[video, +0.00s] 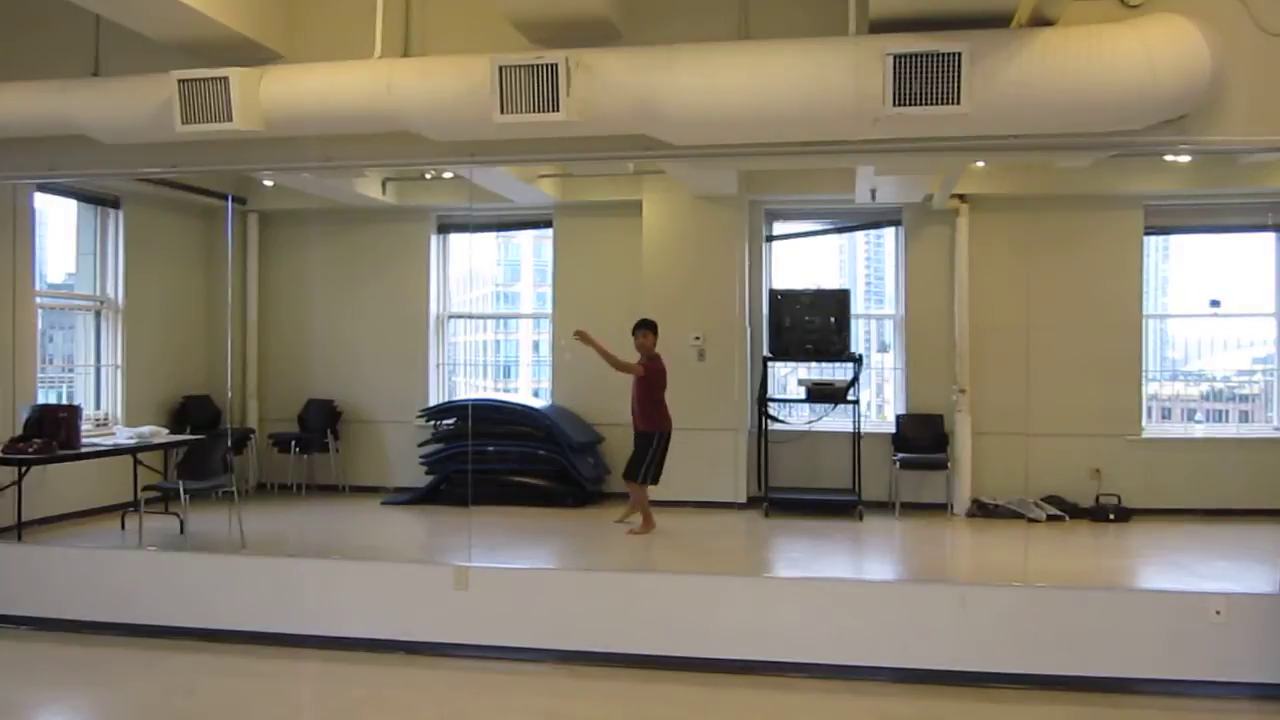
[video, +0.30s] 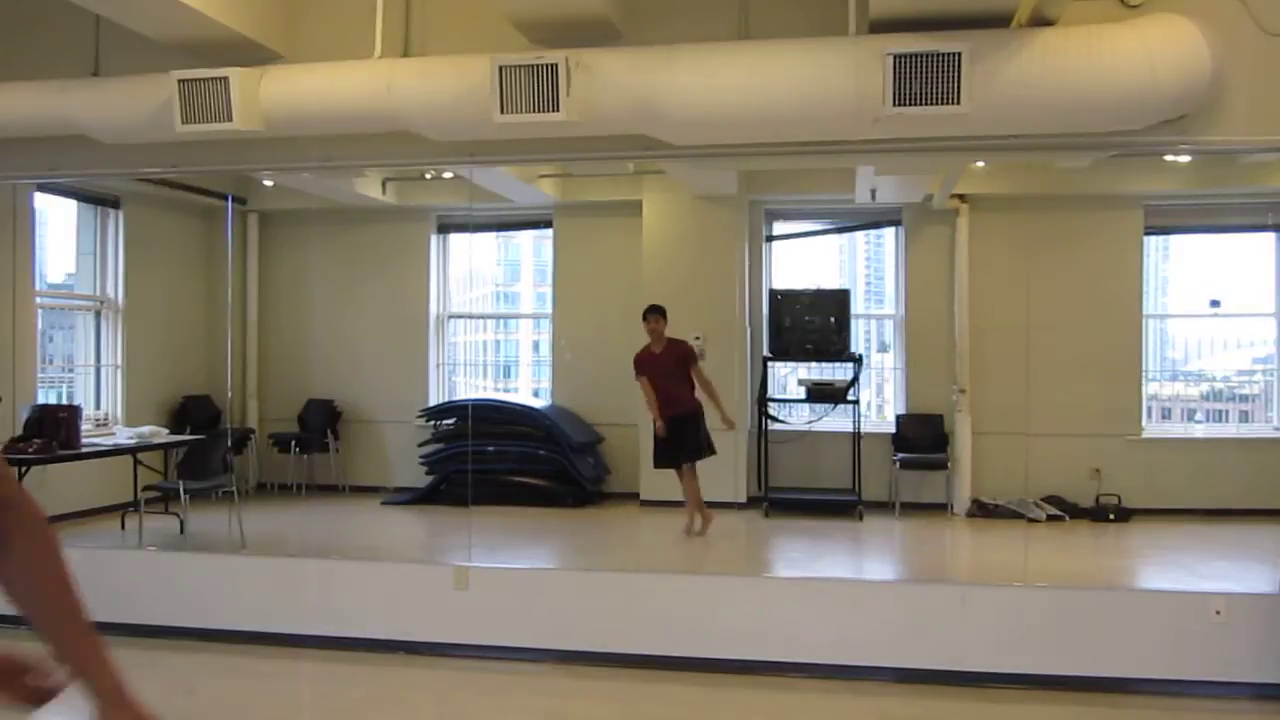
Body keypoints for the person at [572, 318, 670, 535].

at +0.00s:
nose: (641, 340)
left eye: (646, 335)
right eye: (638, 336)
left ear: (655, 339)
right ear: (633, 340)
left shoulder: (652, 365)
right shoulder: (644, 363)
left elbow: (618, 365)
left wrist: (592, 342)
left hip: (656, 429)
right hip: (645, 428)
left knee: (632, 477)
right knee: (636, 476)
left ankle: (648, 520)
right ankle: (635, 503)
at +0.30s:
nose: (652, 326)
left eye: (657, 321)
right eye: (648, 321)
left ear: (665, 323)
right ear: (643, 325)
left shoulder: (682, 348)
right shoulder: (641, 358)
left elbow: (702, 380)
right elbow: (648, 392)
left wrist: (722, 413)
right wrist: (657, 418)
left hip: (689, 414)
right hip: (665, 418)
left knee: (688, 468)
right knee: (680, 470)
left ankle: (690, 520)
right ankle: (704, 512)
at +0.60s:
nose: (673, 315)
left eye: (677, 311)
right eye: (669, 311)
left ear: (685, 313)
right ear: (663, 315)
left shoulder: (699, 336)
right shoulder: (660, 343)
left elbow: (726, 330)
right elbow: (682, 362)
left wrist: (749, 317)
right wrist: (708, 350)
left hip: (695, 405)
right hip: (667, 407)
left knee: (711, 455)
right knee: (652, 455)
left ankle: (716, 505)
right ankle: (669, 509)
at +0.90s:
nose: (675, 341)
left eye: (679, 336)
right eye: (670, 338)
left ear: (687, 339)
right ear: (665, 343)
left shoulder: (693, 362)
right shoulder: (673, 372)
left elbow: (705, 354)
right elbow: (704, 394)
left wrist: (719, 331)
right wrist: (740, 388)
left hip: (692, 431)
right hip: (668, 428)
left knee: (698, 481)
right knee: (630, 464)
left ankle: (681, 519)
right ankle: (588, 501)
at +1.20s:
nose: (653, 333)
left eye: (657, 328)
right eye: (649, 329)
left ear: (665, 331)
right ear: (645, 333)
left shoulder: (678, 355)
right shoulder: (640, 363)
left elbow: (706, 345)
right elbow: (649, 380)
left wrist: (720, 316)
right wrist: (673, 371)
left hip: (677, 425)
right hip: (650, 424)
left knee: (684, 475)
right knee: (633, 474)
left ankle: (684, 514)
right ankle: (620, 528)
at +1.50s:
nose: (636, 324)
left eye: (642, 320)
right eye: (633, 320)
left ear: (651, 325)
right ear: (628, 324)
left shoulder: (661, 350)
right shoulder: (622, 356)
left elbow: (697, 338)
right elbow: (591, 357)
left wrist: (722, 317)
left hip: (648, 422)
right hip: (623, 422)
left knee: (659, 481)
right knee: (623, 479)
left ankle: (671, 526)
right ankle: (620, 532)